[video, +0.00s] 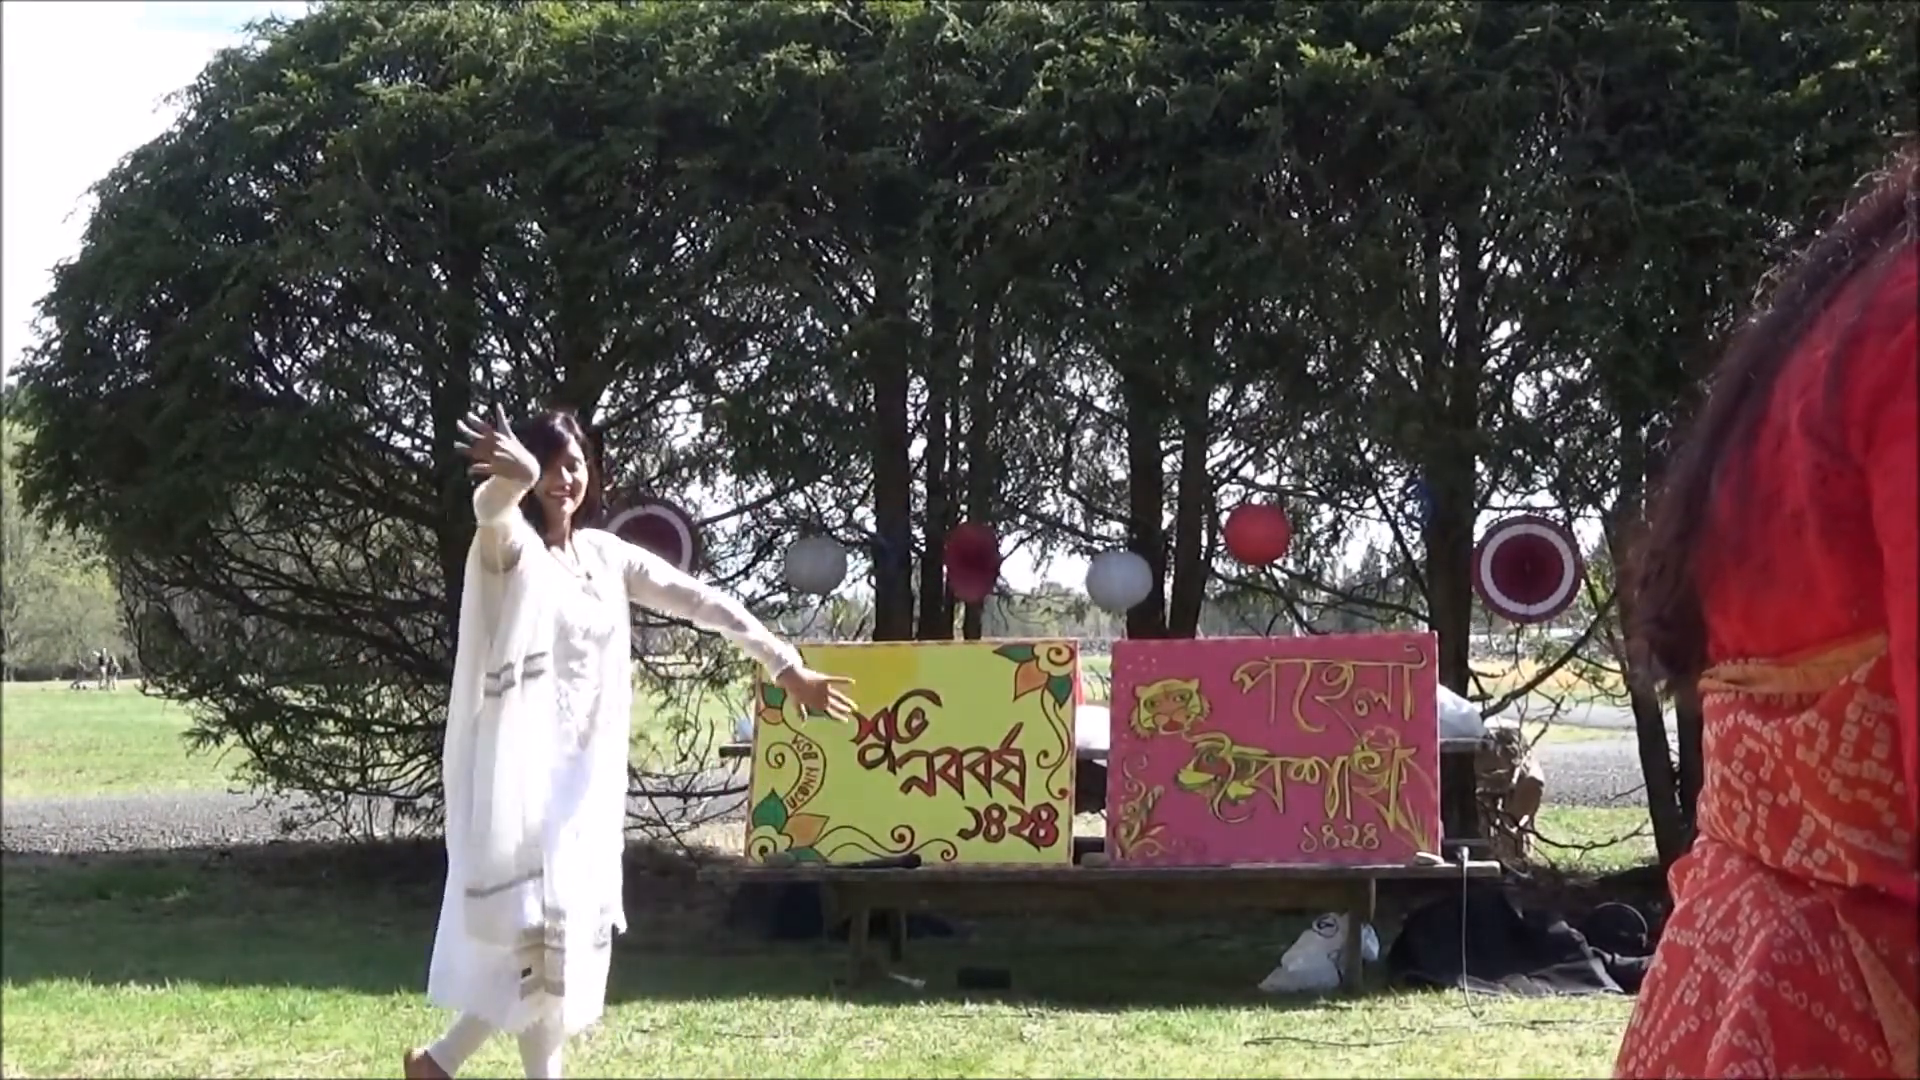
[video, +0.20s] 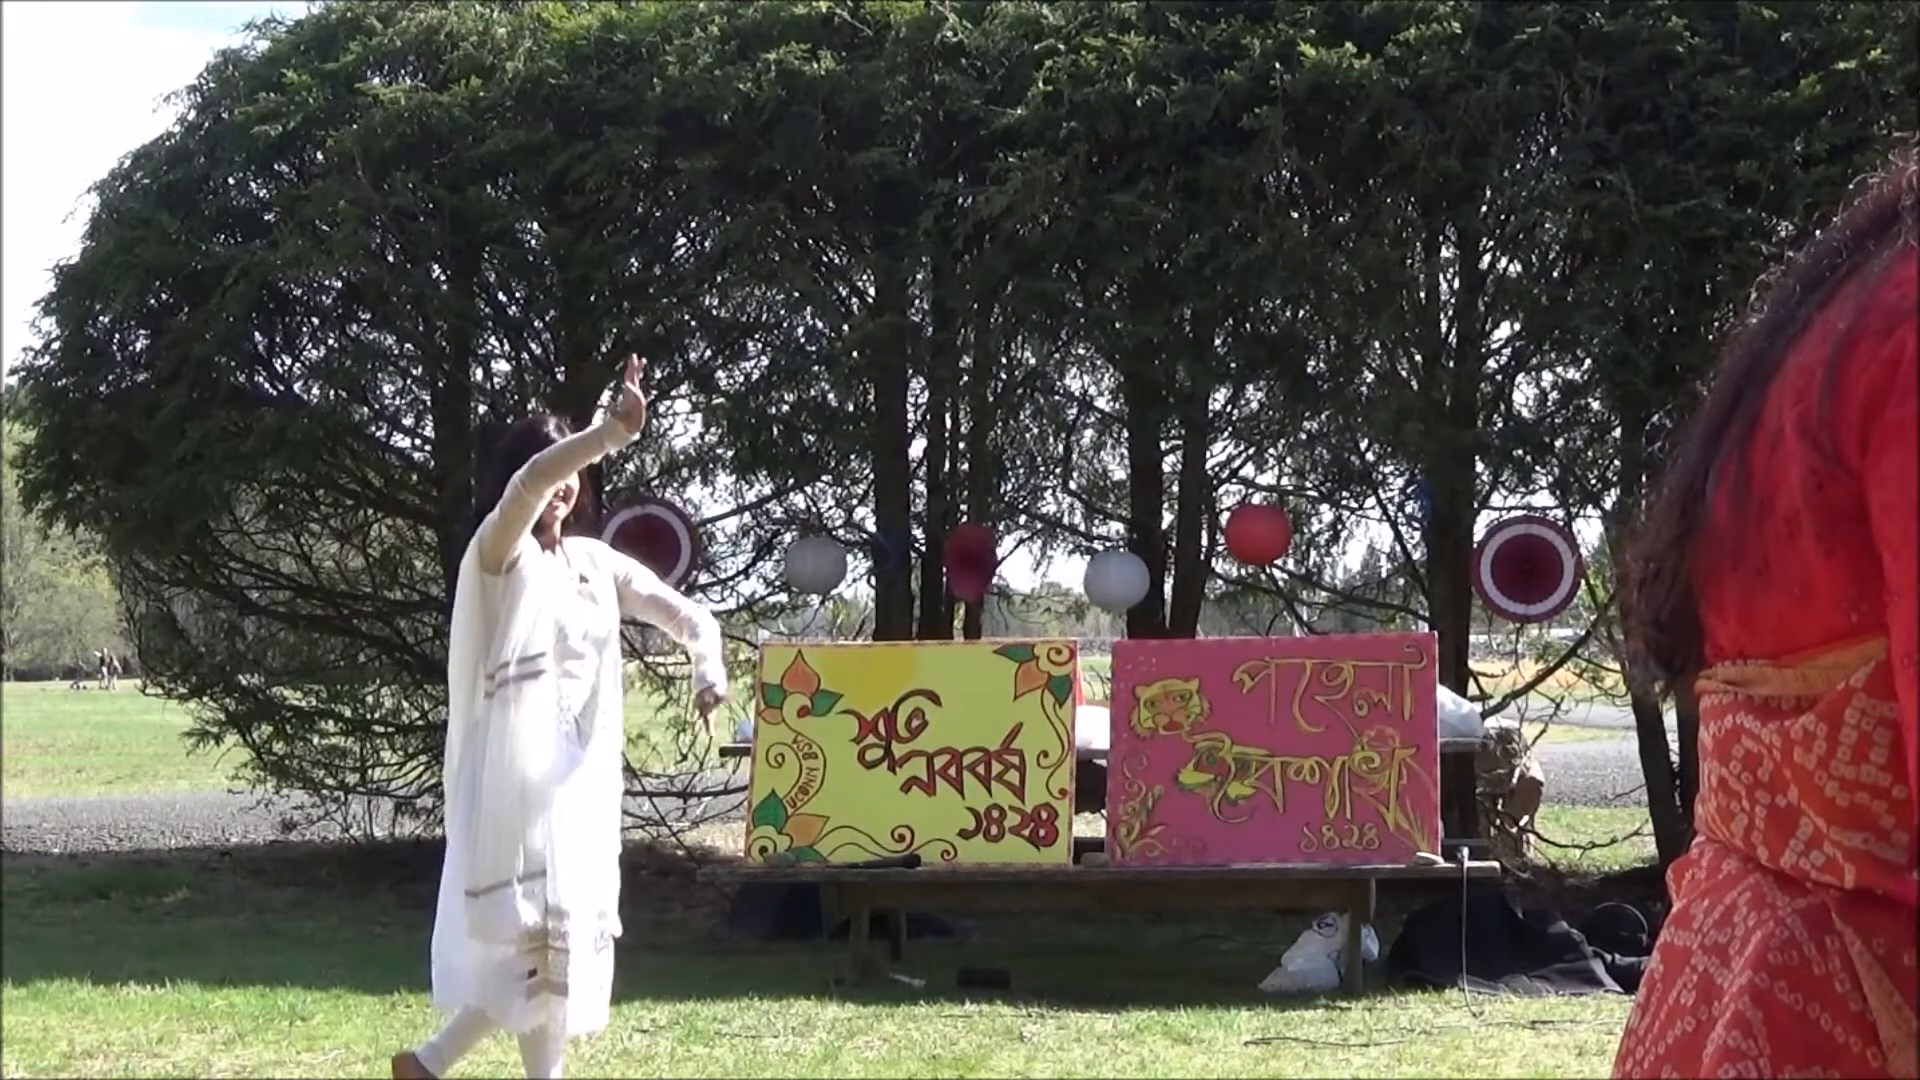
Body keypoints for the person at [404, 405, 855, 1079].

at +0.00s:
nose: (564, 478)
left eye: (576, 465)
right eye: (552, 465)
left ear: (591, 476)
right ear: (527, 474)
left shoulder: (606, 554)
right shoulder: (508, 546)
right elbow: (492, 510)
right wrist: (520, 473)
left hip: (584, 782)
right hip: (514, 781)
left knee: (563, 943)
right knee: (542, 942)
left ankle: (438, 1060)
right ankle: (544, 1073)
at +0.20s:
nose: (559, 485)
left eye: (569, 471)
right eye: (542, 471)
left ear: (582, 485)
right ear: (509, 483)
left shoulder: (598, 562)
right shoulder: (496, 560)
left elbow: (692, 618)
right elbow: (528, 483)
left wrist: (709, 667)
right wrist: (609, 434)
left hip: (581, 786)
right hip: (509, 786)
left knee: (554, 950)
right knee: (541, 951)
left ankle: (428, 1061)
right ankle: (546, 1072)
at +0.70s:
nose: (543, 509)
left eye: (552, 494)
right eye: (528, 496)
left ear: (566, 502)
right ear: (502, 508)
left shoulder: (591, 579)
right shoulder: (490, 583)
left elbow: (677, 650)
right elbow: (469, 517)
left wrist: (625, 682)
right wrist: (552, 464)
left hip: (583, 784)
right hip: (516, 783)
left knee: (551, 959)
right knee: (541, 954)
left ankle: (403, 1070)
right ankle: (550, 1072)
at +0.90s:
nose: (534, 516)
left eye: (544, 502)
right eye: (518, 505)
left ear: (560, 510)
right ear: (497, 516)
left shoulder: (589, 583)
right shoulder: (488, 589)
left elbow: (685, 653)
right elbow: (462, 516)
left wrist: (631, 673)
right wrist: (538, 467)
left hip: (587, 786)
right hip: (515, 786)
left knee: (579, 949)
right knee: (542, 954)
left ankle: (421, 947)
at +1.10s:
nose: (524, 515)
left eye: (536, 499)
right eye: (509, 504)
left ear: (556, 503)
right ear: (490, 516)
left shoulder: (589, 580)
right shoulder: (482, 586)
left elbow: (680, 653)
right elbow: (459, 504)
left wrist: (627, 683)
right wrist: (542, 459)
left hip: (587, 779)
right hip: (510, 780)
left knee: (584, 941)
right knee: (541, 941)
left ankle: (422, 974)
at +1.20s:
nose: (522, 513)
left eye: (533, 497)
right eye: (508, 503)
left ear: (553, 500)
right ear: (489, 516)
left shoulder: (588, 576)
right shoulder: (481, 582)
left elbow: (677, 654)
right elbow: (458, 503)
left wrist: (625, 686)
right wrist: (541, 458)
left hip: (581, 791)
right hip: (508, 790)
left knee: (563, 966)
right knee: (540, 965)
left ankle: (425, 1072)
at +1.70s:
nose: (526, 493)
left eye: (538, 477)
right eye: (512, 480)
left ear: (559, 481)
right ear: (490, 491)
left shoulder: (589, 553)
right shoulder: (485, 558)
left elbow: (674, 632)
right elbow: (471, 470)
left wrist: (628, 673)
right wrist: (576, 433)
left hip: (580, 775)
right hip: (510, 774)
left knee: (513, 952)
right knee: (541, 944)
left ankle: (411, 1071)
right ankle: (544, 1073)